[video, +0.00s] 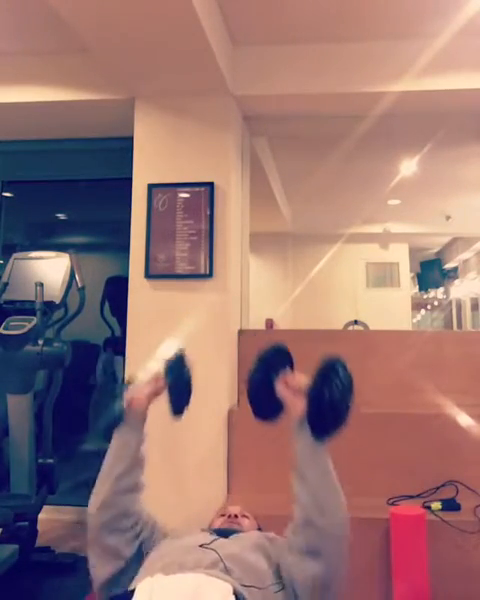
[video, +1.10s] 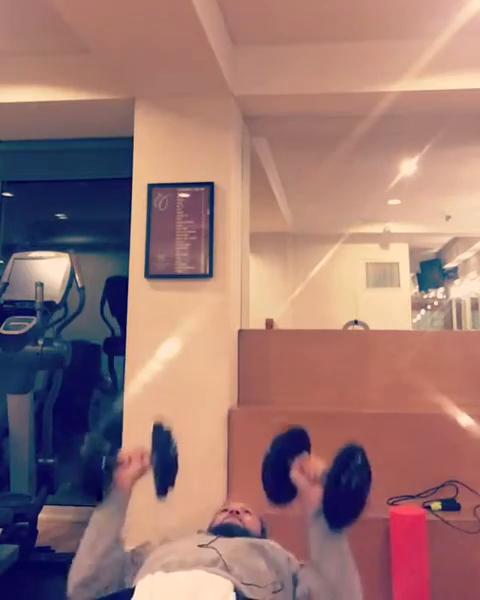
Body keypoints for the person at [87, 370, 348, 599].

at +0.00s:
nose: (232, 515)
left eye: (244, 517)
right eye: (224, 514)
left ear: (262, 534)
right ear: (206, 528)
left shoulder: (284, 558)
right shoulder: (153, 545)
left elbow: (323, 520)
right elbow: (110, 510)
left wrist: (302, 422)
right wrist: (133, 415)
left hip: (229, 590)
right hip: (154, 588)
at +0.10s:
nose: (234, 516)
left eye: (247, 518)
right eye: (224, 515)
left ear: (262, 533)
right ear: (209, 526)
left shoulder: (283, 566)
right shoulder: (150, 549)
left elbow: (307, 501)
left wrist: (289, 397)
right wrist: (147, 392)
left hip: (225, 589)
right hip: (149, 587)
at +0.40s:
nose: (234, 513)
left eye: (246, 514)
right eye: (225, 512)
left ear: (264, 530)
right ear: (208, 524)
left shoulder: (282, 556)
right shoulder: (154, 548)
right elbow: (127, 498)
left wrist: (289, 418)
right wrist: (147, 405)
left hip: (221, 591)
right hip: (150, 590)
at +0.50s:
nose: (235, 510)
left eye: (246, 511)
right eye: (227, 509)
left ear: (262, 531)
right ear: (207, 524)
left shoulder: (275, 551)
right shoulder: (158, 548)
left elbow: (329, 558)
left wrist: (304, 450)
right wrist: (131, 443)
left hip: (229, 588)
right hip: (153, 586)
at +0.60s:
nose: (236, 507)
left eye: (247, 508)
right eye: (227, 505)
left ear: (263, 531)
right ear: (209, 522)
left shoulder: (274, 550)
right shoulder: (164, 543)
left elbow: (342, 591)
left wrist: (315, 492)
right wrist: (118, 486)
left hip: (229, 590)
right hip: (157, 586)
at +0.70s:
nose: (236, 508)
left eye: (249, 508)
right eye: (227, 506)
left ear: (266, 528)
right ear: (209, 524)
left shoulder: (277, 556)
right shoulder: (163, 551)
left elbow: (336, 596)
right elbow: (92, 594)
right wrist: (113, 527)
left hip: (230, 590)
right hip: (156, 588)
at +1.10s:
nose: (234, 511)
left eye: (246, 512)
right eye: (226, 510)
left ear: (262, 534)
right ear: (207, 526)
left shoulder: (277, 555)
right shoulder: (160, 549)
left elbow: (335, 596)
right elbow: (85, 588)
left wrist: (318, 513)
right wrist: (119, 490)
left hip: (224, 589)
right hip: (153, 587)